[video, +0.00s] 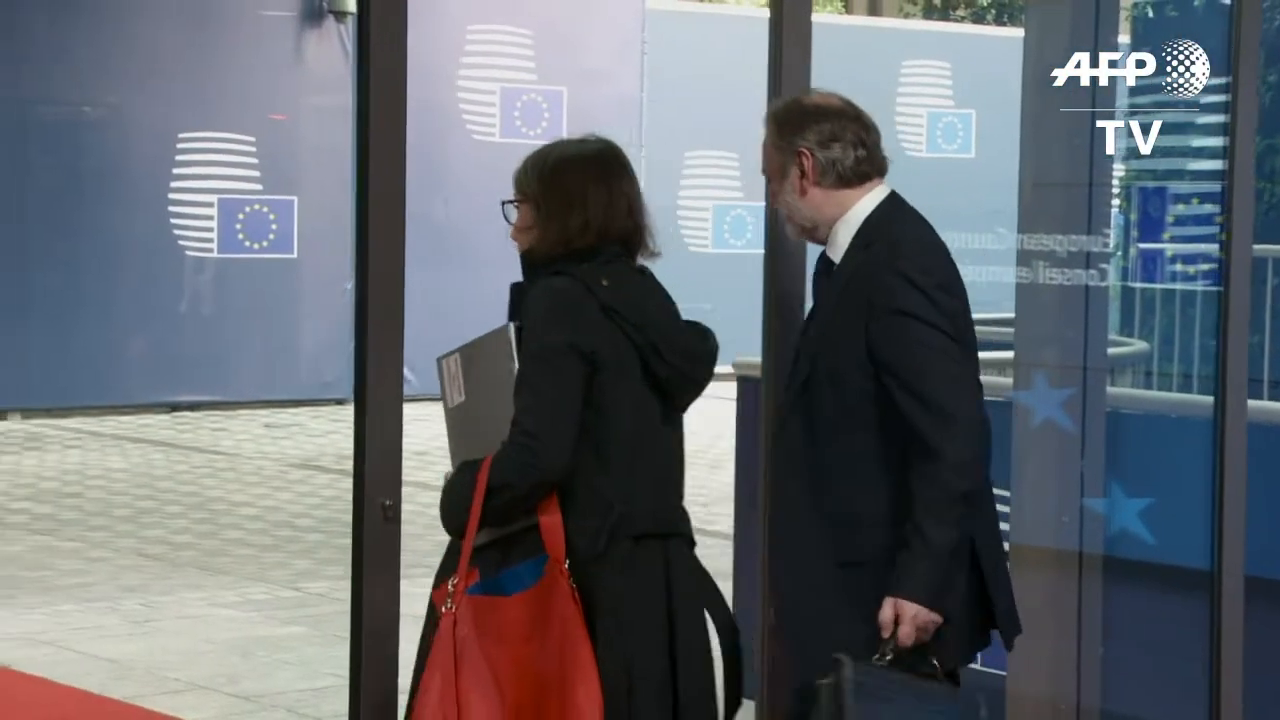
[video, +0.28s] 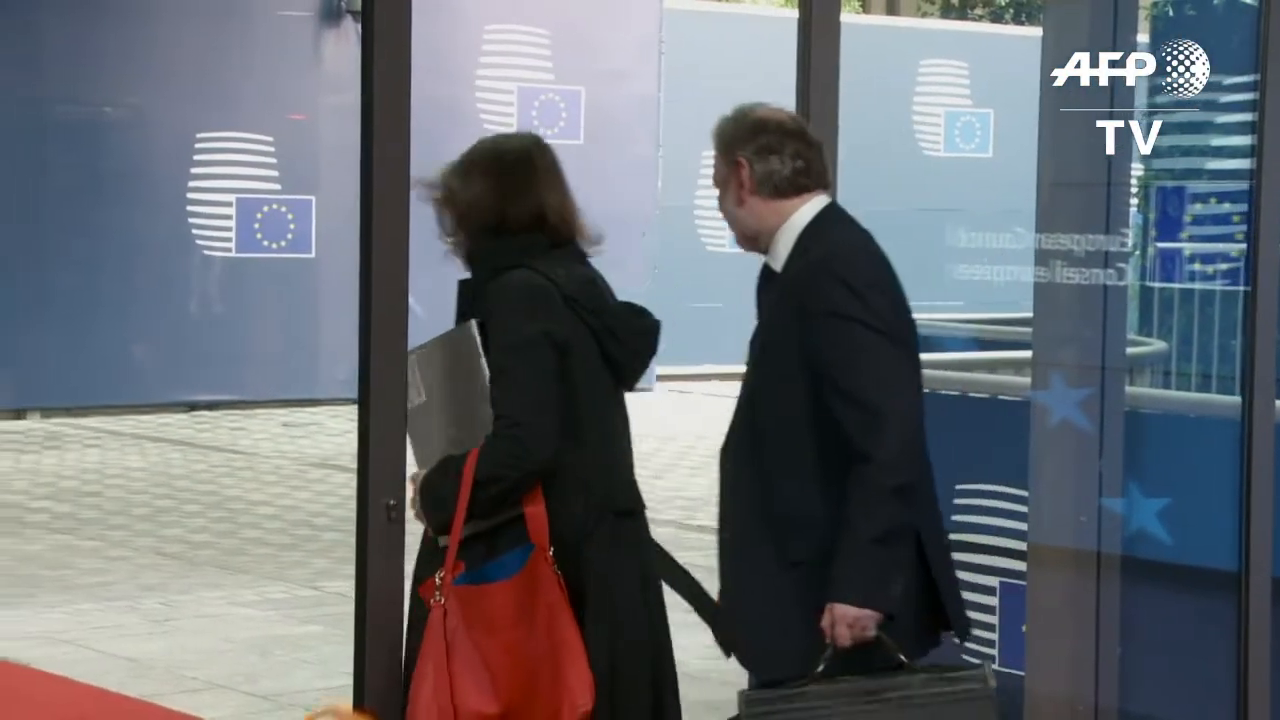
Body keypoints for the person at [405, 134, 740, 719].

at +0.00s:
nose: (513, 225)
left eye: (523, 208)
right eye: (516, 208)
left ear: (563, 212)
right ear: (606, 212)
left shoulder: (556, 300)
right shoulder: (642, 297)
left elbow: (540, 451)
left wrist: (463, 495)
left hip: (589, 592)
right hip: (657, 585)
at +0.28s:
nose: (451, 228)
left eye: (457, 211)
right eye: (450, 211)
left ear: (481, 213)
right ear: (547, 204)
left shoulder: (513, 293)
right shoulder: (572, 281)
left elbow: (528, 439)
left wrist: (440, 491)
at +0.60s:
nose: (390, 236)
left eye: (398, 221)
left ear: (416, 229)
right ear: (480, 222)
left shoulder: (441, 310)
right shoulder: (507, 298)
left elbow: (463, 447)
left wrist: (380, 507)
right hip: (548, 551)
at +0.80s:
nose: (360, 236)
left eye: (367, 219)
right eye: (362, 222)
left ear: (389, 216)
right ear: (452, 209)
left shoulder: (406, 284)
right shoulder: (488, 275)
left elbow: (421, 409)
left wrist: (341, 465)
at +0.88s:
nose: (358, 213)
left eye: (364, 199)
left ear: (374, 203)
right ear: (453, 197)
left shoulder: (390, 278)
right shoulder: (480, 267)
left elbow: (404, 404)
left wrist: (327, 457)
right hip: (489, 487)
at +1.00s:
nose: (340, 216)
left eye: (349, 201)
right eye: (345, 201)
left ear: (374, 207)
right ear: (435, 206)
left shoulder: (376, 282)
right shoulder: (471, 276)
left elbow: (381, 407)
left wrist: (305, 454)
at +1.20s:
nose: (307, 227)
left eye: (314, 215)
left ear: (323, 221)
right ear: (389, 220)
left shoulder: (323, 292)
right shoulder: (417, 288)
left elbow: (310, 410)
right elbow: (426, 400)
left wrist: (263, 462)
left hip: (337, 496)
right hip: (410, 491)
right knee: (398, 646)